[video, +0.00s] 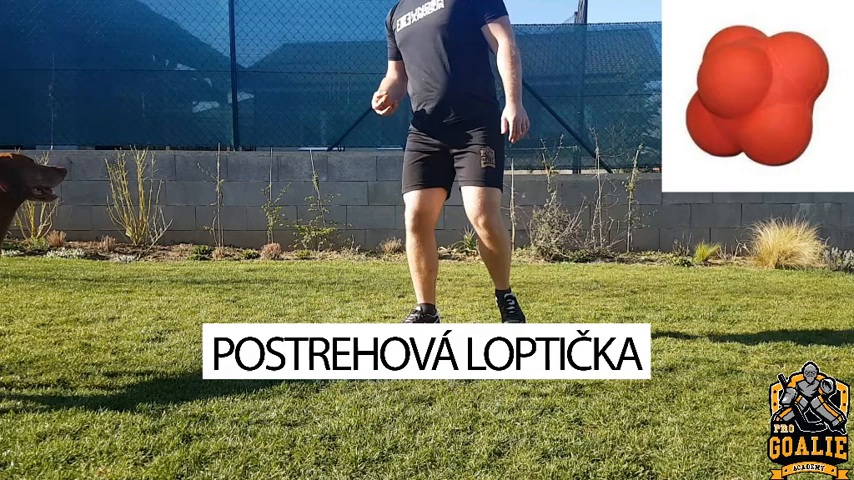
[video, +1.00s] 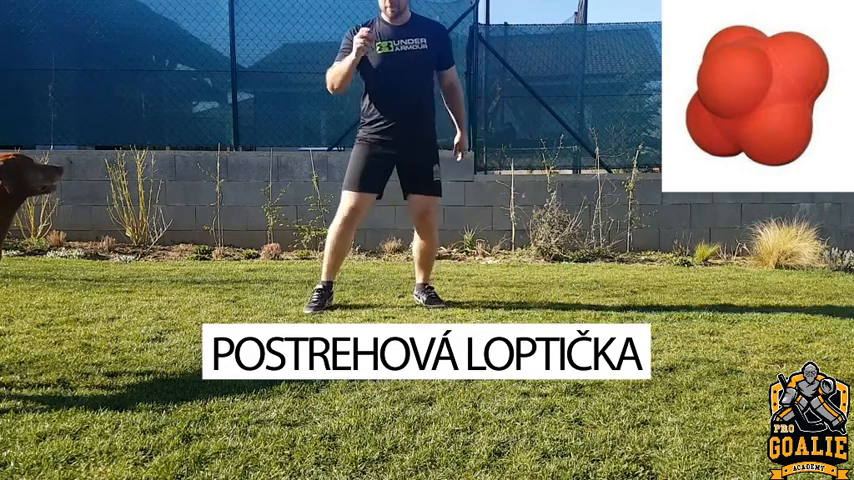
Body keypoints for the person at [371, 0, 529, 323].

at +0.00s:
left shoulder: (474, 2)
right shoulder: (396, 13)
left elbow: (505, 41)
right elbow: (397, 74)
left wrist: (513, 102)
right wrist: (386, 93)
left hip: (477, 122)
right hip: (425, 127)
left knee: (482, 215)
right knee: (416, 217)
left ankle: (505, 295)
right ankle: (426, 309)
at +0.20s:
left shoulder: (469, 3)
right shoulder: (387, 18)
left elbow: (496, 54)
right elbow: (379, 78)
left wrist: (489, 107)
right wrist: (372, 101)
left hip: (465, 125)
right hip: (413, 128)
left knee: (474, 226)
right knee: (416, 217)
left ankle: (450, 266)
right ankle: (426, 307)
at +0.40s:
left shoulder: (466, 21)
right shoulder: (385, 32)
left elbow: (489, 78)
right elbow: (365, 88)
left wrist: (478, 110)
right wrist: (371, 112)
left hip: (455, 137)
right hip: (407, 136)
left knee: (451, 237)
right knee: (414, 219)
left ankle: (431, 275)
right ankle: (424, 304)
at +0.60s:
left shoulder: (460, 36)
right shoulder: (382, 37)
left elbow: (477, 88)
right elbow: (361, 89)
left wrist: (488, 135)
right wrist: (373, 114)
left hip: (443, 140)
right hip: (401, 139)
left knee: (441, 226)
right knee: (411, 212)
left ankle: (424, 286)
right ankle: (421, 294)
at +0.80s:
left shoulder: (450, 30)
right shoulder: (375, 30)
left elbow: (467, 83)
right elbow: (352, 82)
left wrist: (479, 130)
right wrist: (370, 93)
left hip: (432, 132)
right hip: (390, 131)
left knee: (434, 214)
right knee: (384, 204)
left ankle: (423, 286)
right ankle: (376, 284)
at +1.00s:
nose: (394, 3)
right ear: (378, 0)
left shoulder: (434, 32)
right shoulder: (359, 35)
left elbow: (450, 83)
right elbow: (334, 85)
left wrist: (461, 126)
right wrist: (354, 55)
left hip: (420, 138)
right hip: (374, 137)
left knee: (426, 217)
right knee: (349, 211)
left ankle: (423, 287)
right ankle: (325, 287)